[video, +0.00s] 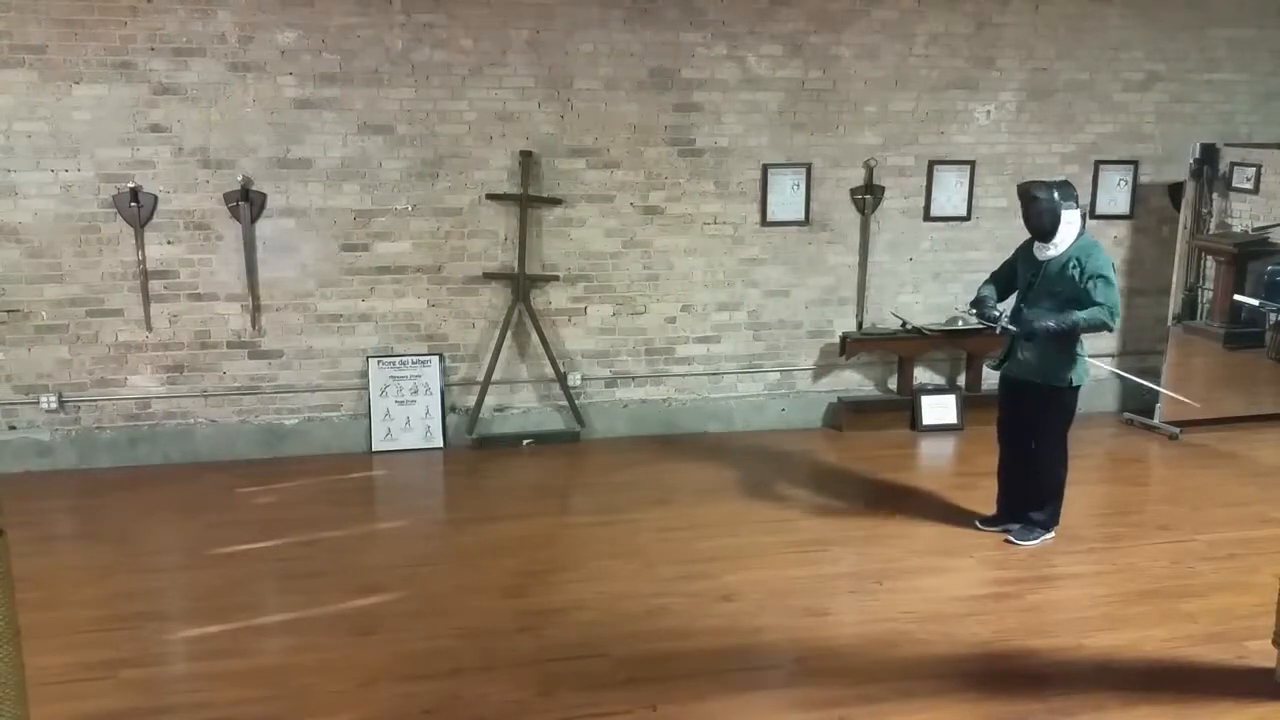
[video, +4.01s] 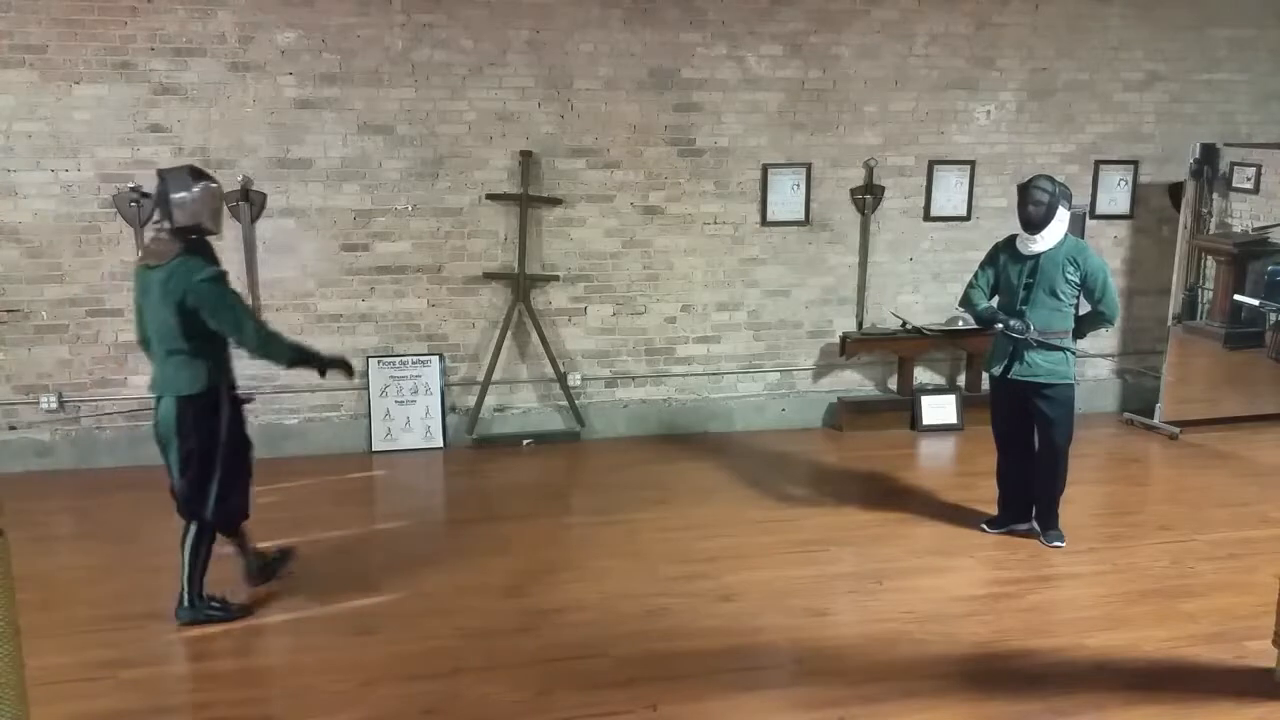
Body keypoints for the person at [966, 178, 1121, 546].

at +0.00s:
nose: (1028, 221)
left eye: (1036, 214)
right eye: (1027, 214)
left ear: (1060, 212)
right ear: (1032, 214)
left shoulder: (1090, 257)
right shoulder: (1029, 251)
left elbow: (1108, 314)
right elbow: (997, 284)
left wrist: (1053, 322)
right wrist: (986, 300)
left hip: (1057, 374)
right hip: (1017, 368)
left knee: (1048, 449)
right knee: (1012, 443)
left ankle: (1043, 521)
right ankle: (1009, 511)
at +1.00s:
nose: (1023, 210)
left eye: (1032, 203)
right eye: (1019, 202)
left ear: (1052, 206)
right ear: (1013, 204)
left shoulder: (1075, 252)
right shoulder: (1000, 248)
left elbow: (1104, 306)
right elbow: (962, 290)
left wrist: (1069, 324)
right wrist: (989, 320)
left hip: (1051, 369)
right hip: (1005, 367)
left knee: (1048, 447)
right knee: (1010, 445)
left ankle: (1046, 519)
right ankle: (1014, 514)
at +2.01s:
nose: (1024, 208)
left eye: (1033, 202)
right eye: (1020, 200)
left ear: (1053, 207)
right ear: (1014, 203)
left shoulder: (1074, 254)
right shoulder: (999, 250)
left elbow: (1102, 310)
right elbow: (966, 296)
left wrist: (1066, 329)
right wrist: (992, 318)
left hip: (1047, 370)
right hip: (1003, 368)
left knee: (1049, 449)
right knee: (1009, 447)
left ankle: (1047, 521)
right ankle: (1014, 514)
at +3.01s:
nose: (1027, 210)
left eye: (1035, 202)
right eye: (1023, 202)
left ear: (1056, 207)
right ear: (1017, 203)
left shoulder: (1077, 255)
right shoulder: (1003, 250)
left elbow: (1106, 311)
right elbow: (969, 296)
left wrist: (1071, 329)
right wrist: (997, 320)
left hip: (1050, 371)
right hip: (1005, 369)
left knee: (1051, 452)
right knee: (1009, 448)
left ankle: (1048, 522)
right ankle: (1013, 515)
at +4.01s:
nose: (1028, 210)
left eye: (1037, 203)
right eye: (1024, 202)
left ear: (1058, 207)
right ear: (1018, 204)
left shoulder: (1079, 254)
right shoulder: (1004, 250)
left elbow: (1107, 312)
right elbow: (972, 297)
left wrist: (1068, 331)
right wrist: (1000, 320)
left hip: (1052, 373)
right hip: (1006, 371)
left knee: (1052, 453)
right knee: (1010, 449)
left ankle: (1048, 523)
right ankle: (1013, 515)